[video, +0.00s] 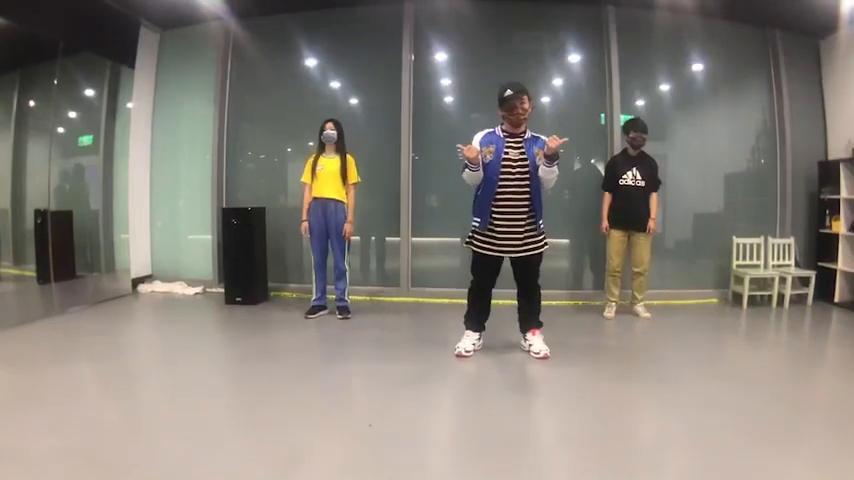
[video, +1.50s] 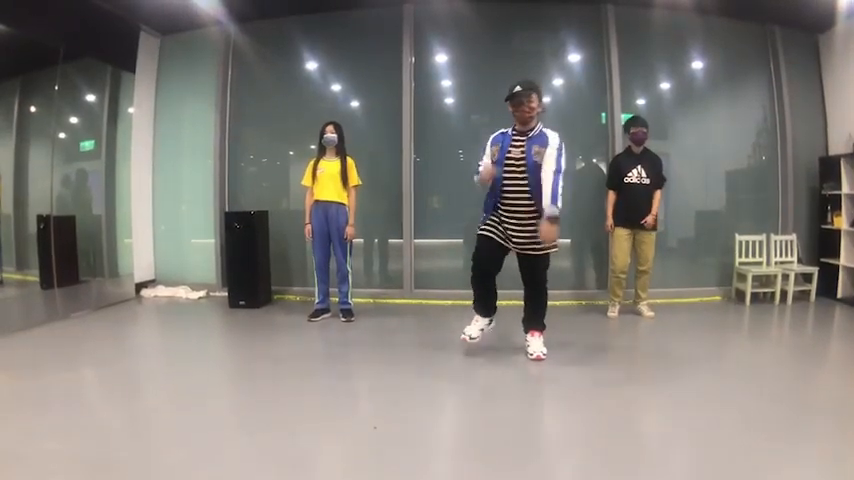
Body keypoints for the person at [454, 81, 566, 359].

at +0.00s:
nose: (519, 109)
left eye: (523, 103)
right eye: (512, 105)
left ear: (530, 106)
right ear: (501, 110)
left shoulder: (540, 143)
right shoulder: (485, 139)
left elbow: (548, 184)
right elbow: (472, 181)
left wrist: (549, 158)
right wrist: (474, 163)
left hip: (527, 227)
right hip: (490, 226)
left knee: (529, 283)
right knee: (481, 282)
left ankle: (532, 332)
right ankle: (473, 332)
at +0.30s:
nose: (510, 112)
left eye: (514, 106)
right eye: (503, 107)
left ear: (522, 108)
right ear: (493, 110)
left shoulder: (535, 144)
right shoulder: (479, 141)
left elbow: (542, 175)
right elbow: (465, 179)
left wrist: (543, 197)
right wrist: (474, 159)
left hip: (523, 228)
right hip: (485, 227)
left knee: (527, 283)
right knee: (476, 282)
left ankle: (531, 333)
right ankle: (471, 332)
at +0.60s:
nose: (489, 108)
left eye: (494, 102)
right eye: (483, 104)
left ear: (504, 106)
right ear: (475, 108)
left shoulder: (518, 138)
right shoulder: (465, 141)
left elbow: (533, 177)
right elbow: (452, 178)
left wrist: (531, 219)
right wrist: (463, 153)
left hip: (509, 224)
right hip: (474, 226)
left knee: (520, 280)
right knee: (474, 282)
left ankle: (528, 331)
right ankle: (472, 332)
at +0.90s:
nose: (503, 105)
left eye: (506, 101)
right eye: (496, 102)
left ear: (513, 106)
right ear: (484, 109)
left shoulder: (526, 140)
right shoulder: (469, 143)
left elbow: (548, 169)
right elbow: (459, 178)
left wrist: (527, 181)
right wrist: (454, 210)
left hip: (516, 227)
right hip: (478, 228)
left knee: (524, 281)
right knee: (475, 282)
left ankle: (531, 333)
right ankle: (473, 334)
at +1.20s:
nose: (531, 105)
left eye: (534, 100)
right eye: (524, 101)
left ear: (538, 105)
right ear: (510, 106)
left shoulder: (547, 141)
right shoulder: (491, 139)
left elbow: (556, 177)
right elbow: (477, 179)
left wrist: (541, 145)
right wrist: (470, 218)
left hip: (535, 228)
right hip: (497, 227)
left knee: (534, 283)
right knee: (487, 281)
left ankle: (534, 333)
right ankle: (476, 332)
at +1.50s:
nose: (526, 108)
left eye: (531, 102)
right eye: (520, 103)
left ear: (540, 105)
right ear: (510, 107)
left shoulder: (551, 140)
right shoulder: (497, 139)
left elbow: (555, 178)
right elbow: (482, 178)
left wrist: (550, 217)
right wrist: (486, 174)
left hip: (533, 221)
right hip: (498, 218)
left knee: (535, 279)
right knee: (481, 266)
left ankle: (534, 332)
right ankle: (484, 314)